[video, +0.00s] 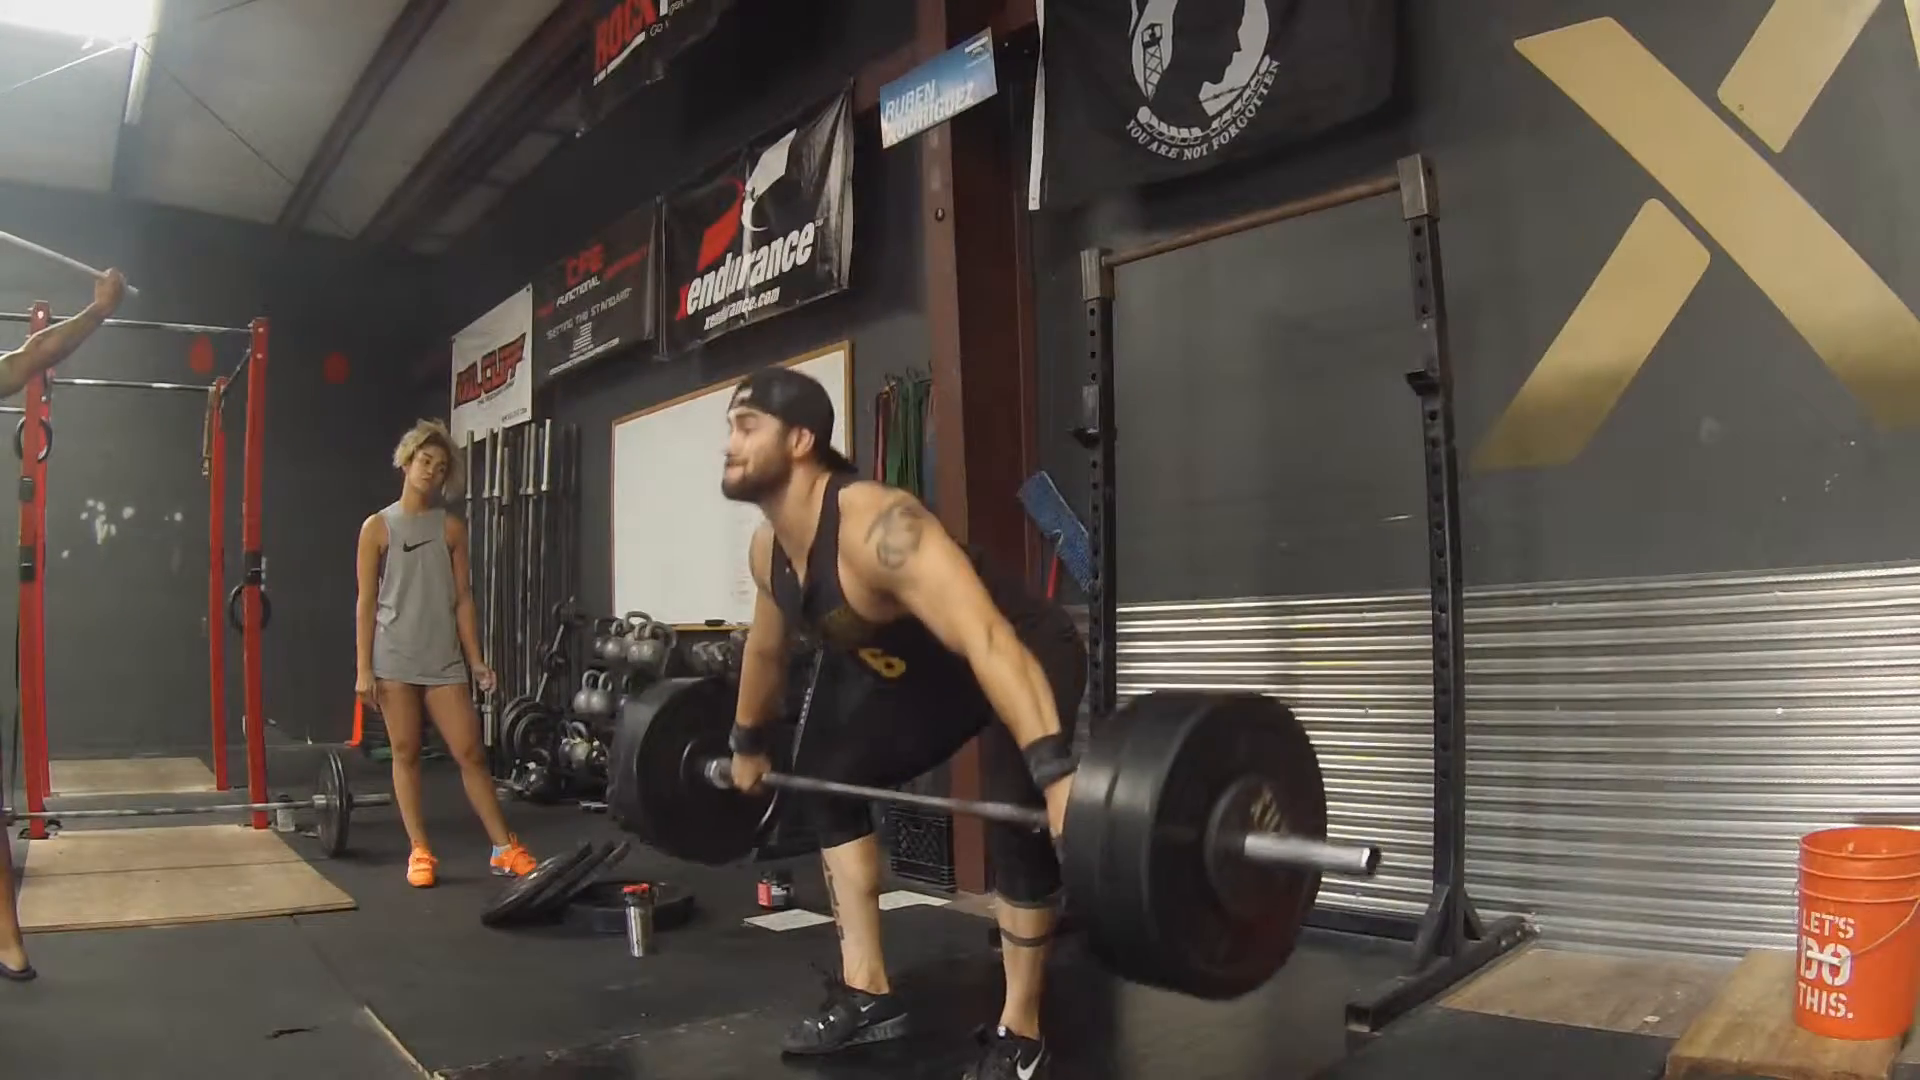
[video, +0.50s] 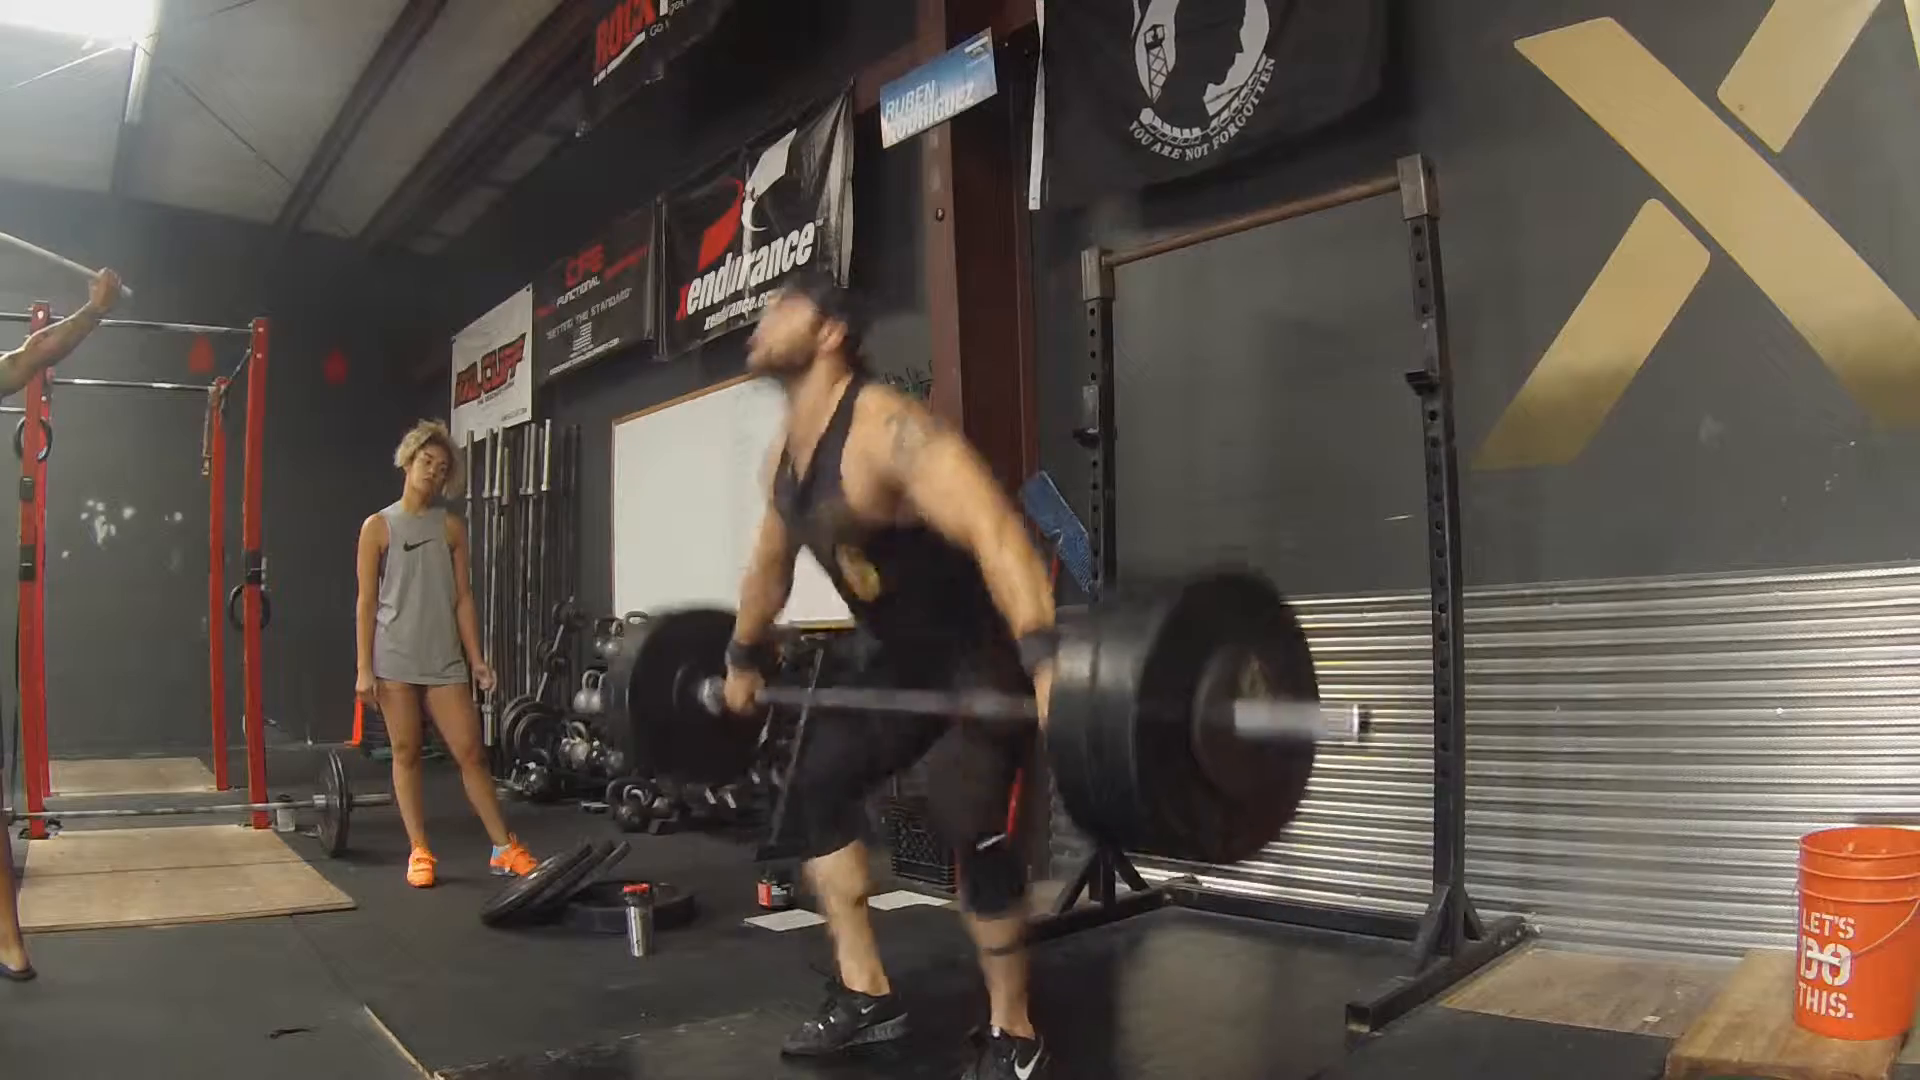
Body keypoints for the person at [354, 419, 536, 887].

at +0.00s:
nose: (430, 470)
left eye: (438, 465)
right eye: (423, 460)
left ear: (445, 474)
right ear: (405, 462)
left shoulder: (452, 528)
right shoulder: (377, 527)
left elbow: (463, 598)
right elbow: (366, 602)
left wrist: (475, 660)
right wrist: (364, 668)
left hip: (445, 661)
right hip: (394, 661)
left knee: (471, 753)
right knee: (405, 754)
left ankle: (504, 846)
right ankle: (419, 851)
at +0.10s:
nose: (430, 470)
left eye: (439, 465)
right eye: (423, 460)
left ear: (446, 474)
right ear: (405, 462)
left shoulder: (452, 527)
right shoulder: (377, 527)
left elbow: (463, 598)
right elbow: (367, 602)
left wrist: (475, 660)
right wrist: (364, 668)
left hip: (445, 660)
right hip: (394, 661)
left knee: (471, 753)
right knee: (405, 754)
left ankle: (504, 847)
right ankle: (419, 851)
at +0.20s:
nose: (430, 470)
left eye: (439, 465)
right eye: (424, 460)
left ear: (446, 474)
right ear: (406, 462)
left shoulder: (452, 528)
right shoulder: (377, 527)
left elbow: (463, 598)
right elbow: (367, 602)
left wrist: (475, 660)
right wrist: (364, 668)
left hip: (445, 660)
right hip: (394, 661)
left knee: (471, 753)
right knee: (405, 754)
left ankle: (504, 847)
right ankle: (419, 851)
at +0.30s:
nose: (432, 470)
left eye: (440, 465)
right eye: (425, 460)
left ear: (446, 475)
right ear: (406, 462)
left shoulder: (452, 527)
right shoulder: (378, 527)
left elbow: (463, 597)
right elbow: (366, 602)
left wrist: (475, 660)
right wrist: (364, 668)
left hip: (446, 661)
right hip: (394, 661)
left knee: (470, 751)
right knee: (406, 755)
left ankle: (504, 846)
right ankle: (419, 851)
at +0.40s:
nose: (432, 470)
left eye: (440, 465)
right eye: (425, 460)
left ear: (447, 475)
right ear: (406, 462)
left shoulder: (452, 527)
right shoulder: (378, 527)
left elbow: (463, 597)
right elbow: (367, 601)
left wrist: (475, 659)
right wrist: (364, 667)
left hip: (446, 661)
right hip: (394, 661)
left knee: (470, 751)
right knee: (406, 755)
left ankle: (504, 846)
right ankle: (419, 851)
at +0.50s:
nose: (432, 470)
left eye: (440, 465)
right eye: (425, 460)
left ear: (447, 475)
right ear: (406, 462)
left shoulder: (452, 527)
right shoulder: (378, 527)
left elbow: (463, 597)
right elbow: (367, 602)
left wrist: (475, 659)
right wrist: (364, 667)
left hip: (446, 661)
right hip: (394, 661)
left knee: (470, 751)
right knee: (406, 755)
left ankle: (504, 846)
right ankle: (419, 851)